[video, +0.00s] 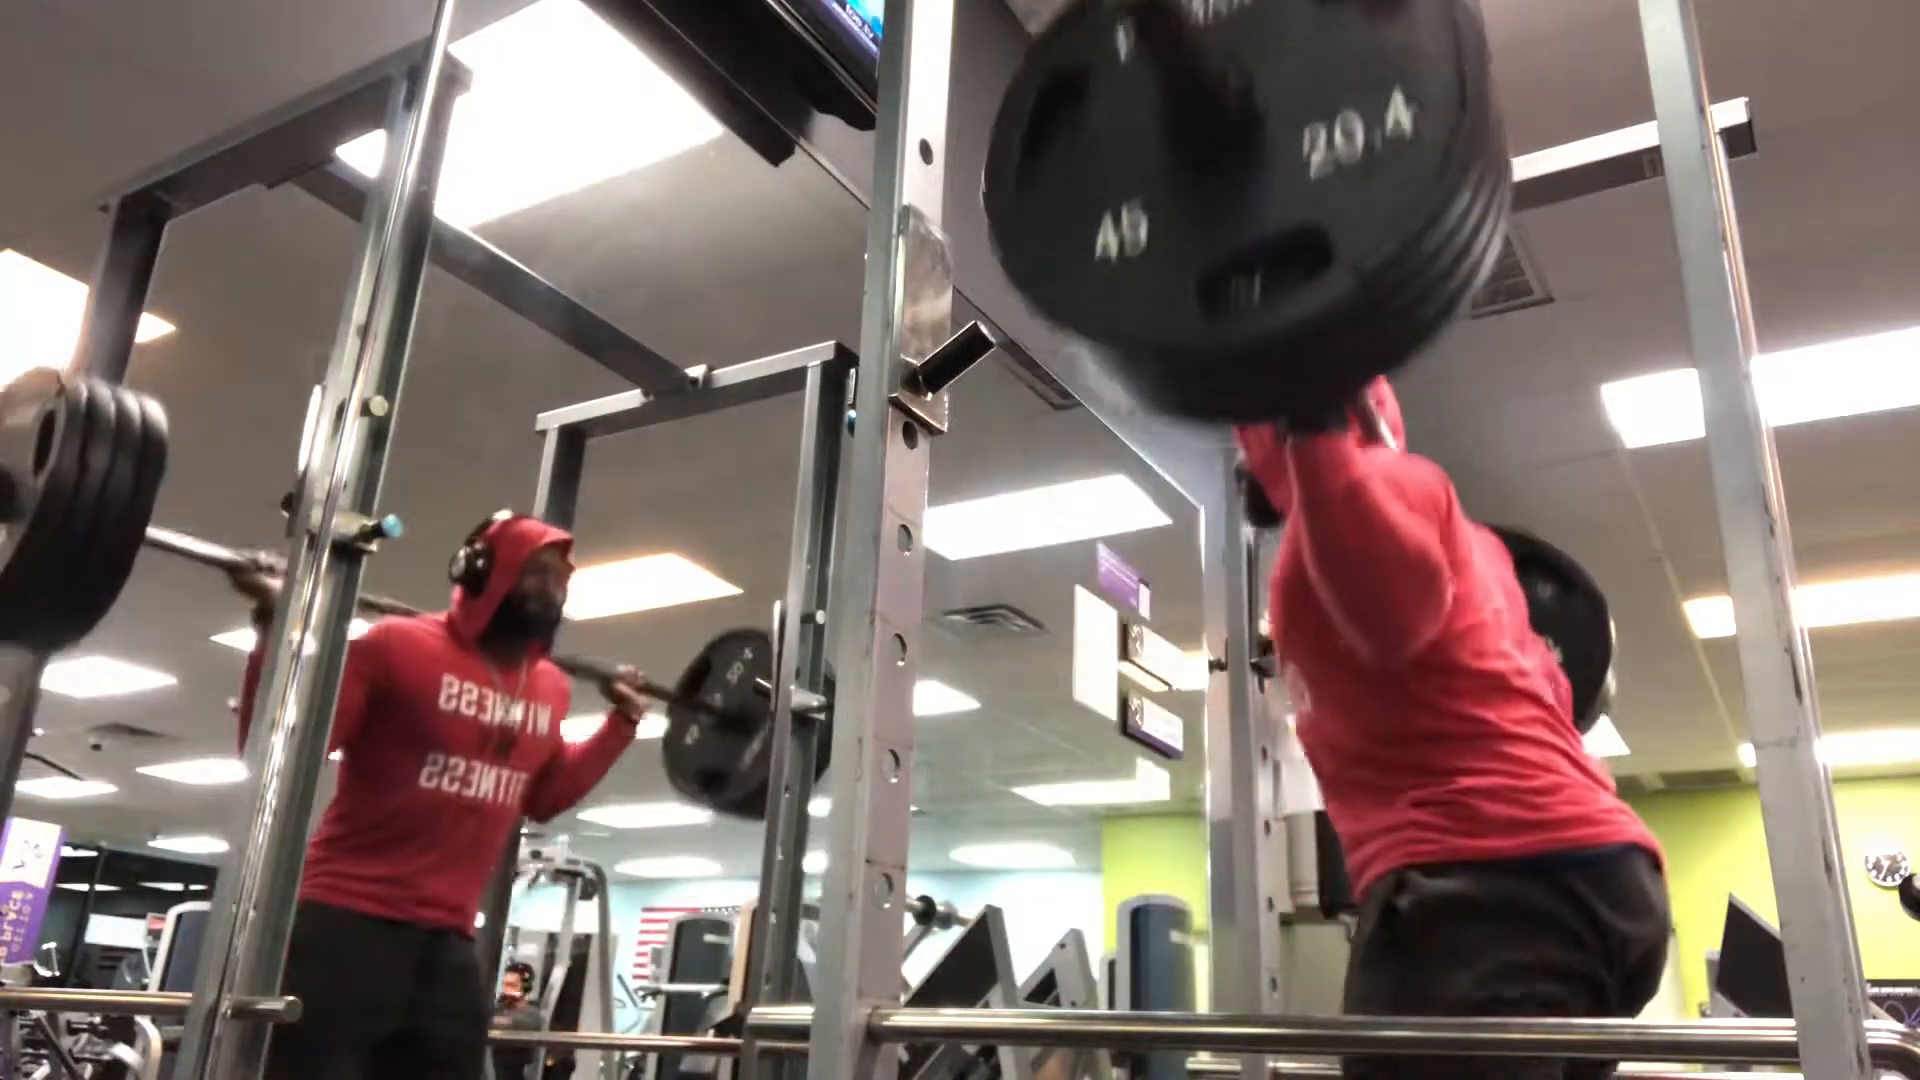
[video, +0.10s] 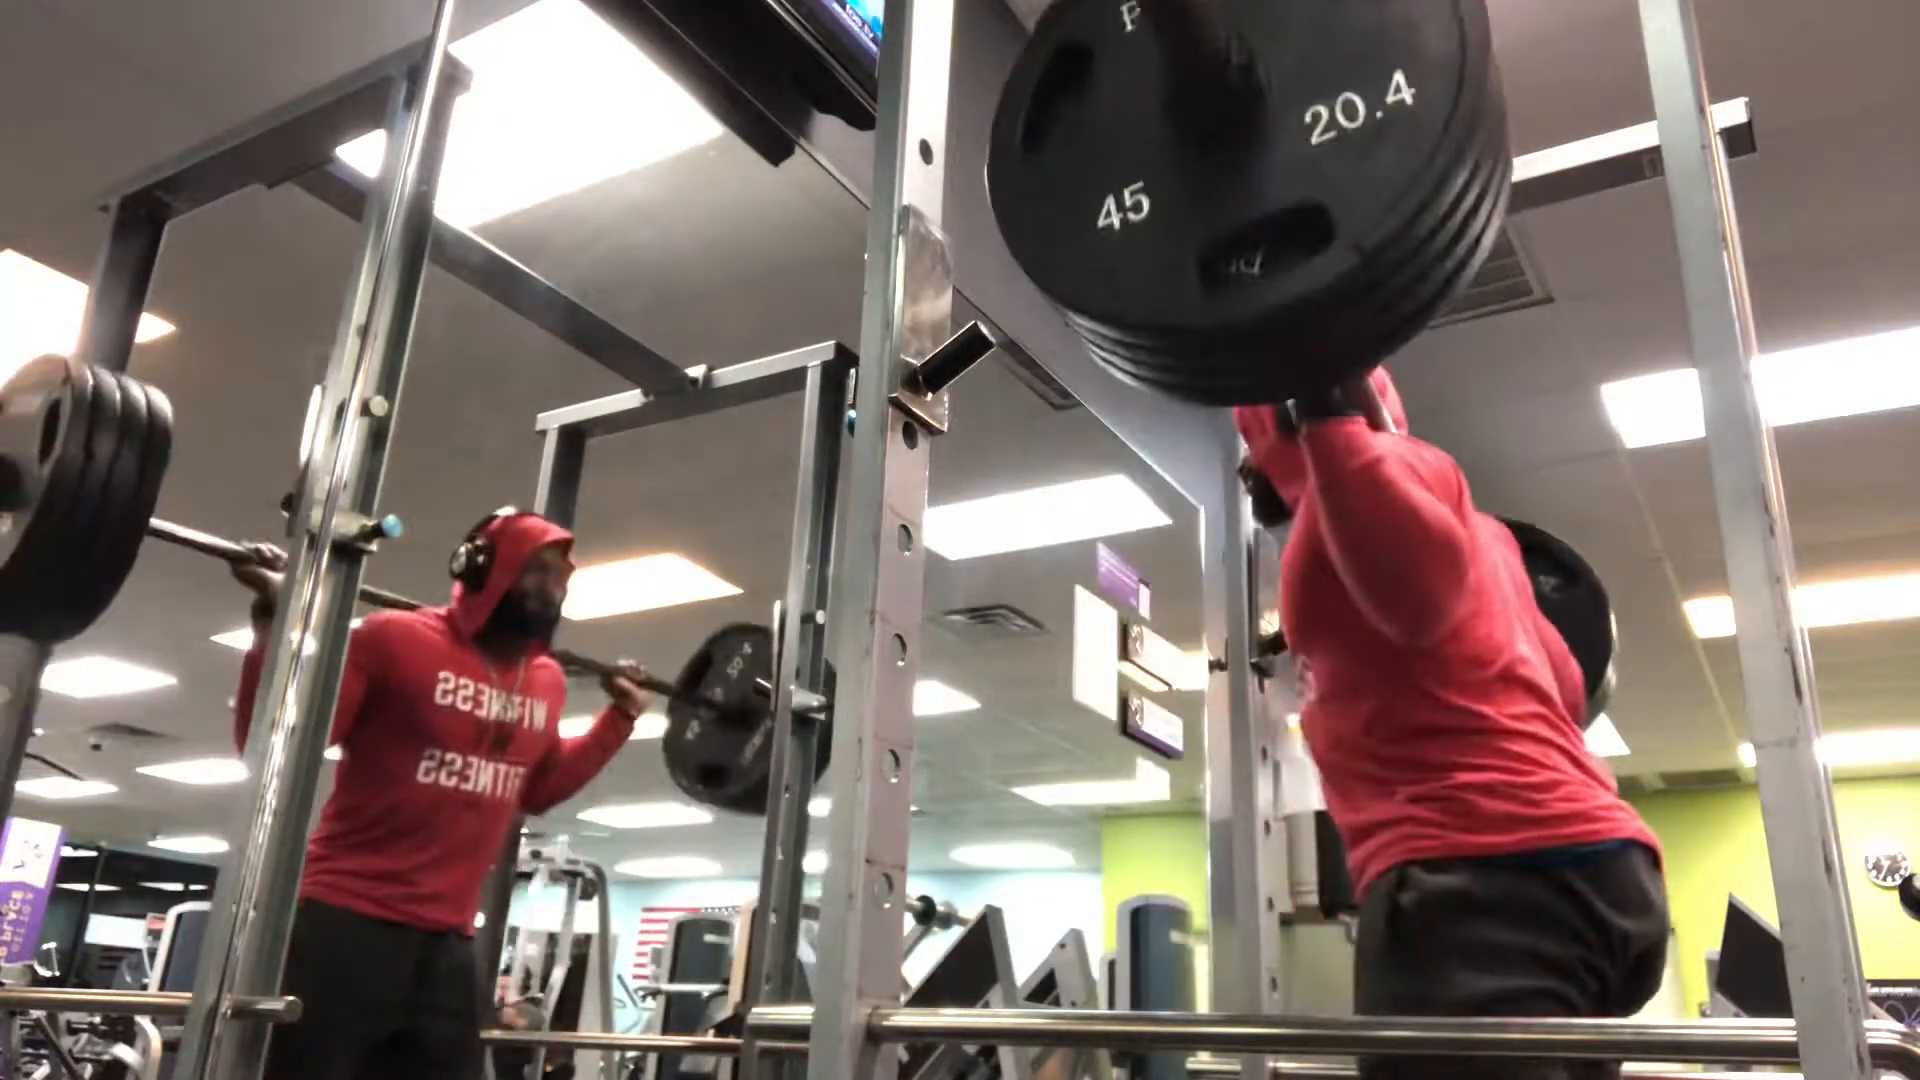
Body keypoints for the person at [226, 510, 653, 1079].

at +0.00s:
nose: (554, 592)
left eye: (561, 576)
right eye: (537, 572)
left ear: (566, 586)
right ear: (490, 575)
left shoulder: (548, 686)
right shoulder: (398, 645)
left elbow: (544, 798)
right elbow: (271, 749)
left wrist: (621, 723)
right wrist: (275, 627)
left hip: (447, 943)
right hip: (344, 924)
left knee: (452, 1067)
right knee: (317, 1069)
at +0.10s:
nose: (554, 590)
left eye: (562, 575)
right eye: (537, 570)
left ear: (567, 585)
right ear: (490, 571)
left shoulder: (544, 680)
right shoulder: (392, 638)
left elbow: (537, 790)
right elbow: (266, 747)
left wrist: (620, 716)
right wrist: (273, 623)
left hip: (446, 945)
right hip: (343, 925)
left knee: (450, 1068)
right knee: (312, 1070)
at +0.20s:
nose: (557, 598)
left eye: (565, 583)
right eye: (542, 577)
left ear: (567, 595)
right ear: (494, 578)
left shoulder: (541, 688)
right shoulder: (392, 644)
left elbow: (530, 798)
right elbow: (264, 751)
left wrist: (617, 728)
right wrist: (273, 628)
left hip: (444, 950)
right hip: (339, 929)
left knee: (446, 1069)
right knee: (312, 1070)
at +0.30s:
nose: (560, 599)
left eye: (567, 585)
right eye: (544, 580)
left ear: (569, 597)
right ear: (496, 582)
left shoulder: (541, 693)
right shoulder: (392, 650)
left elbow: (531, 804)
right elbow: (262, 751)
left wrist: (618, 735)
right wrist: (272, 636)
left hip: (443, 951)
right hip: (338, 931)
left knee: (449, 1068)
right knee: (313, 1070)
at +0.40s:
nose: (559, 598)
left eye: (565, 582)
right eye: (544, 576)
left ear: (565, 592)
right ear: (495, 578)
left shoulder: (542, 689)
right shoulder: (392, 644)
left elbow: (534, 801)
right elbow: (261, 749)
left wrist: (617, 730)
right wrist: (274, 629)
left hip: (447, 946)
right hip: (340, 926)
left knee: (448, 1069)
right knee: (304, 1071)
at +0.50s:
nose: (555, 594)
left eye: (564, 579)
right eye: (540, 573)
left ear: (569, 587)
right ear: (492, 573)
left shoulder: (543, 685)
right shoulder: (392, 639)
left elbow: (531, 795)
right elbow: (260, 747)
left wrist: (617, 724)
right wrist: (270, 623)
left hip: (454, 944)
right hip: (345, 924)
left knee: (448, 1070)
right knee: (317, 1071)